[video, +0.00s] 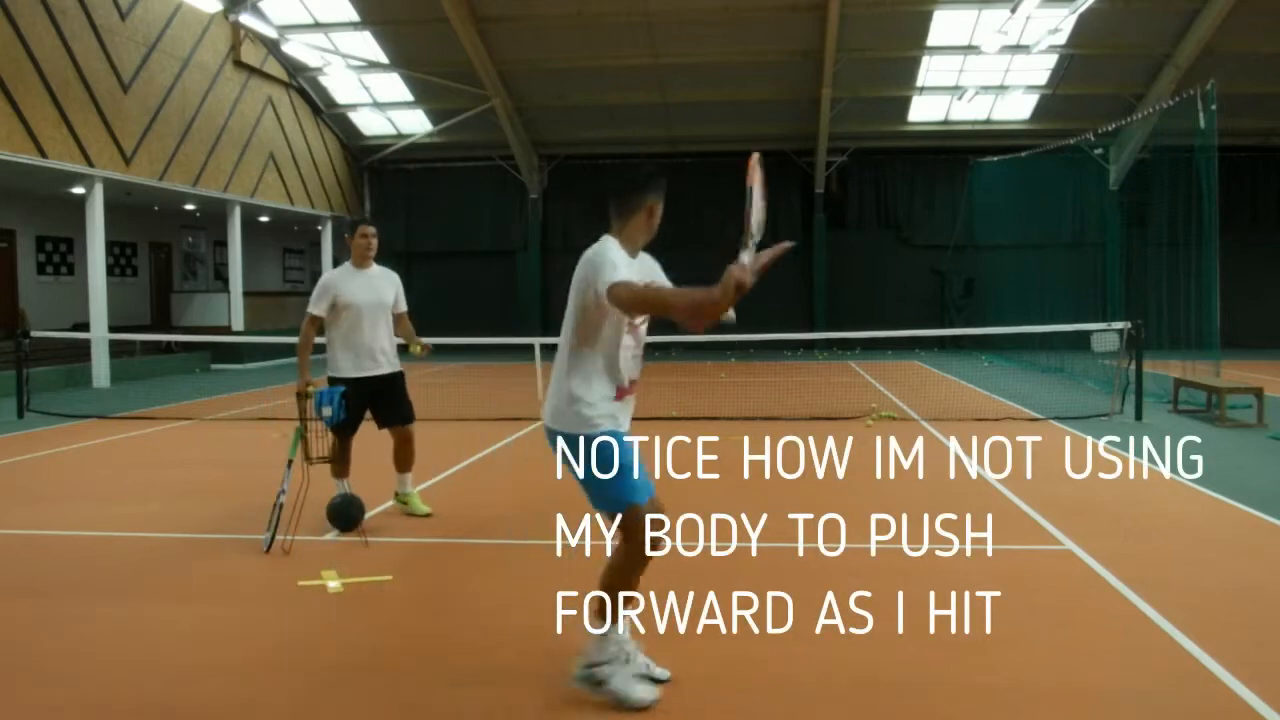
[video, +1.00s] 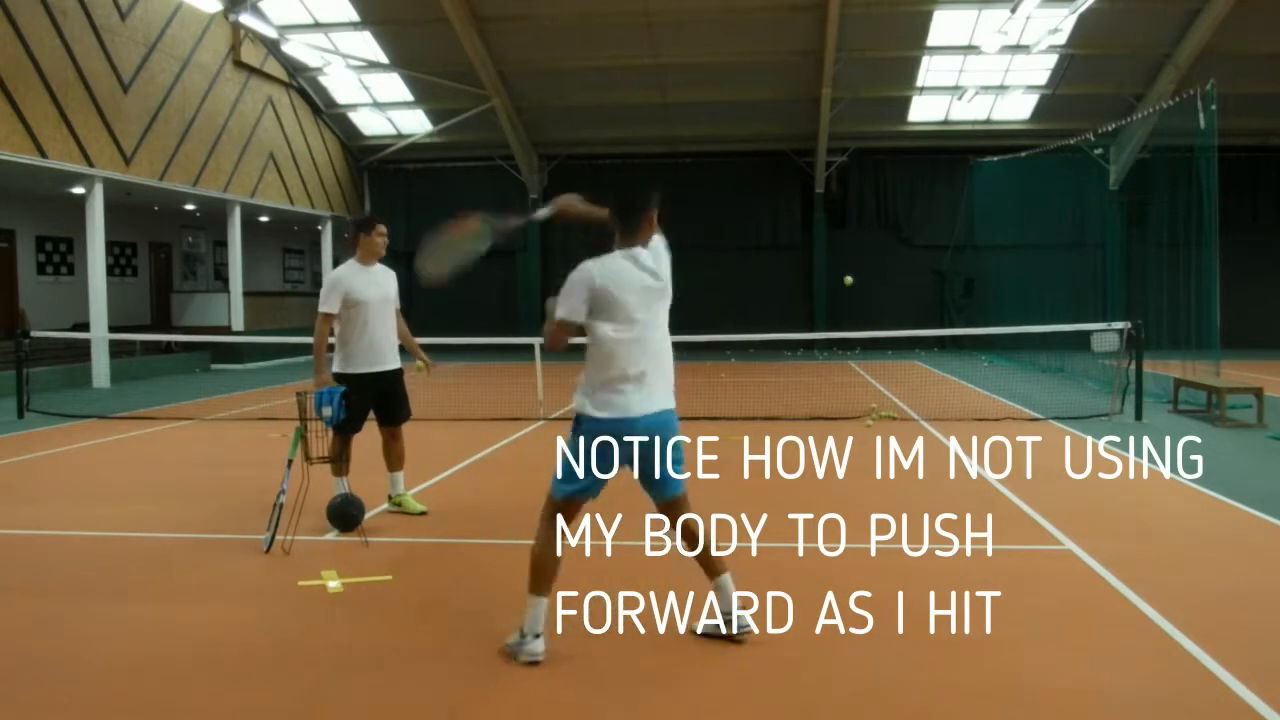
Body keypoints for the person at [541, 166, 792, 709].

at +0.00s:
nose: (657, 217)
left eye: (656, 210)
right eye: (657, 209)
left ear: (625, 209)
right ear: (649, 210)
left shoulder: (644, 264)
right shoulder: (602, 257)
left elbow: (695, 319)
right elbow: (631, 298)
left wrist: (737, 280)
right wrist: (717, 295)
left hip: (608, 415)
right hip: (582, 416)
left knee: (643, 525)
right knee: (643, 526)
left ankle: (613, 640)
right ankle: (598, 654)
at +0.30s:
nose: (684, 279)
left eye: (686, 271)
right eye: (676, 269)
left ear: (685, 278)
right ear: (652, 271)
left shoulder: (679, 313)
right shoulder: (623, 304)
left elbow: (730, 343)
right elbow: (590, 335)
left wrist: (793, 344)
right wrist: (634, 315)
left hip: (624, 443)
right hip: (598, 445)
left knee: (638, 522)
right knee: (694, 524)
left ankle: (599, 605)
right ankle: (686, 652)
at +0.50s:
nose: (686, 289)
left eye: (688, 281)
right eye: (680, 280)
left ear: (680, 285)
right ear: (656, 281)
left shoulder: (678, 321)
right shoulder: (624, 324)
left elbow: (733, 362)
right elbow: (607, 368)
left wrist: (795, 396)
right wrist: (595, 396)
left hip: (621, 446)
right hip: (593, 446)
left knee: (649, 521)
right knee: (680, 524)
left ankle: (599, 603)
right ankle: (683, 650)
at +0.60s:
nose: (681, 282)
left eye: (683, 274)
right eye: (675, 274)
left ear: (675, 275)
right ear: (652, 273)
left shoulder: (673, 308)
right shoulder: (622, 319)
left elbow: (705, 339)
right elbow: (615, 378)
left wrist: (744, 368)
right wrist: (603, 428)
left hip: (631, 440)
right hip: (603, 444)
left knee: (642, 518)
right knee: (681, 526)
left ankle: (600, 602)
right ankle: (679, 646)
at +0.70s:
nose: (677, 249)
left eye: (676, 239)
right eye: (675, 240)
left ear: (640, 238)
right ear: (662, 241)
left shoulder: (613, 276)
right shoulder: (645, 294)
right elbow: (659, 372)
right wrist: (656, 434)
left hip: (590, 423)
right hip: (626, 427)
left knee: (631, 506)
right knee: (678, 517)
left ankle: (601, 599)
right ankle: (676, 636)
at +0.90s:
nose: (667, 207)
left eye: (665, 200)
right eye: (666, 200)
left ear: (621, 200)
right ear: (656, 203)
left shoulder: (582, 246)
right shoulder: (667, 256)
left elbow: (540, 301)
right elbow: (699, 255)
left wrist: (580, 284)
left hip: (589, 402)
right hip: (650, 401)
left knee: (577, 503)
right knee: (670, 497)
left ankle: (577, 606)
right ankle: (695, 607)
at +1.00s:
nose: (657, 220)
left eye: (651, 212)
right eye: (657, 213)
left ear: (614, 219)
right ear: (652, 218)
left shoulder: (588, 274)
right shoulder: (658, 259)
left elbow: (555, 338)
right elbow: (628, 221)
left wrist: (593, 323)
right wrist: (586, 209)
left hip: (599, 425)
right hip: (657, 419)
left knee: (555, 519)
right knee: (681, 513)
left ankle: (532, 633)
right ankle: (732, 611)